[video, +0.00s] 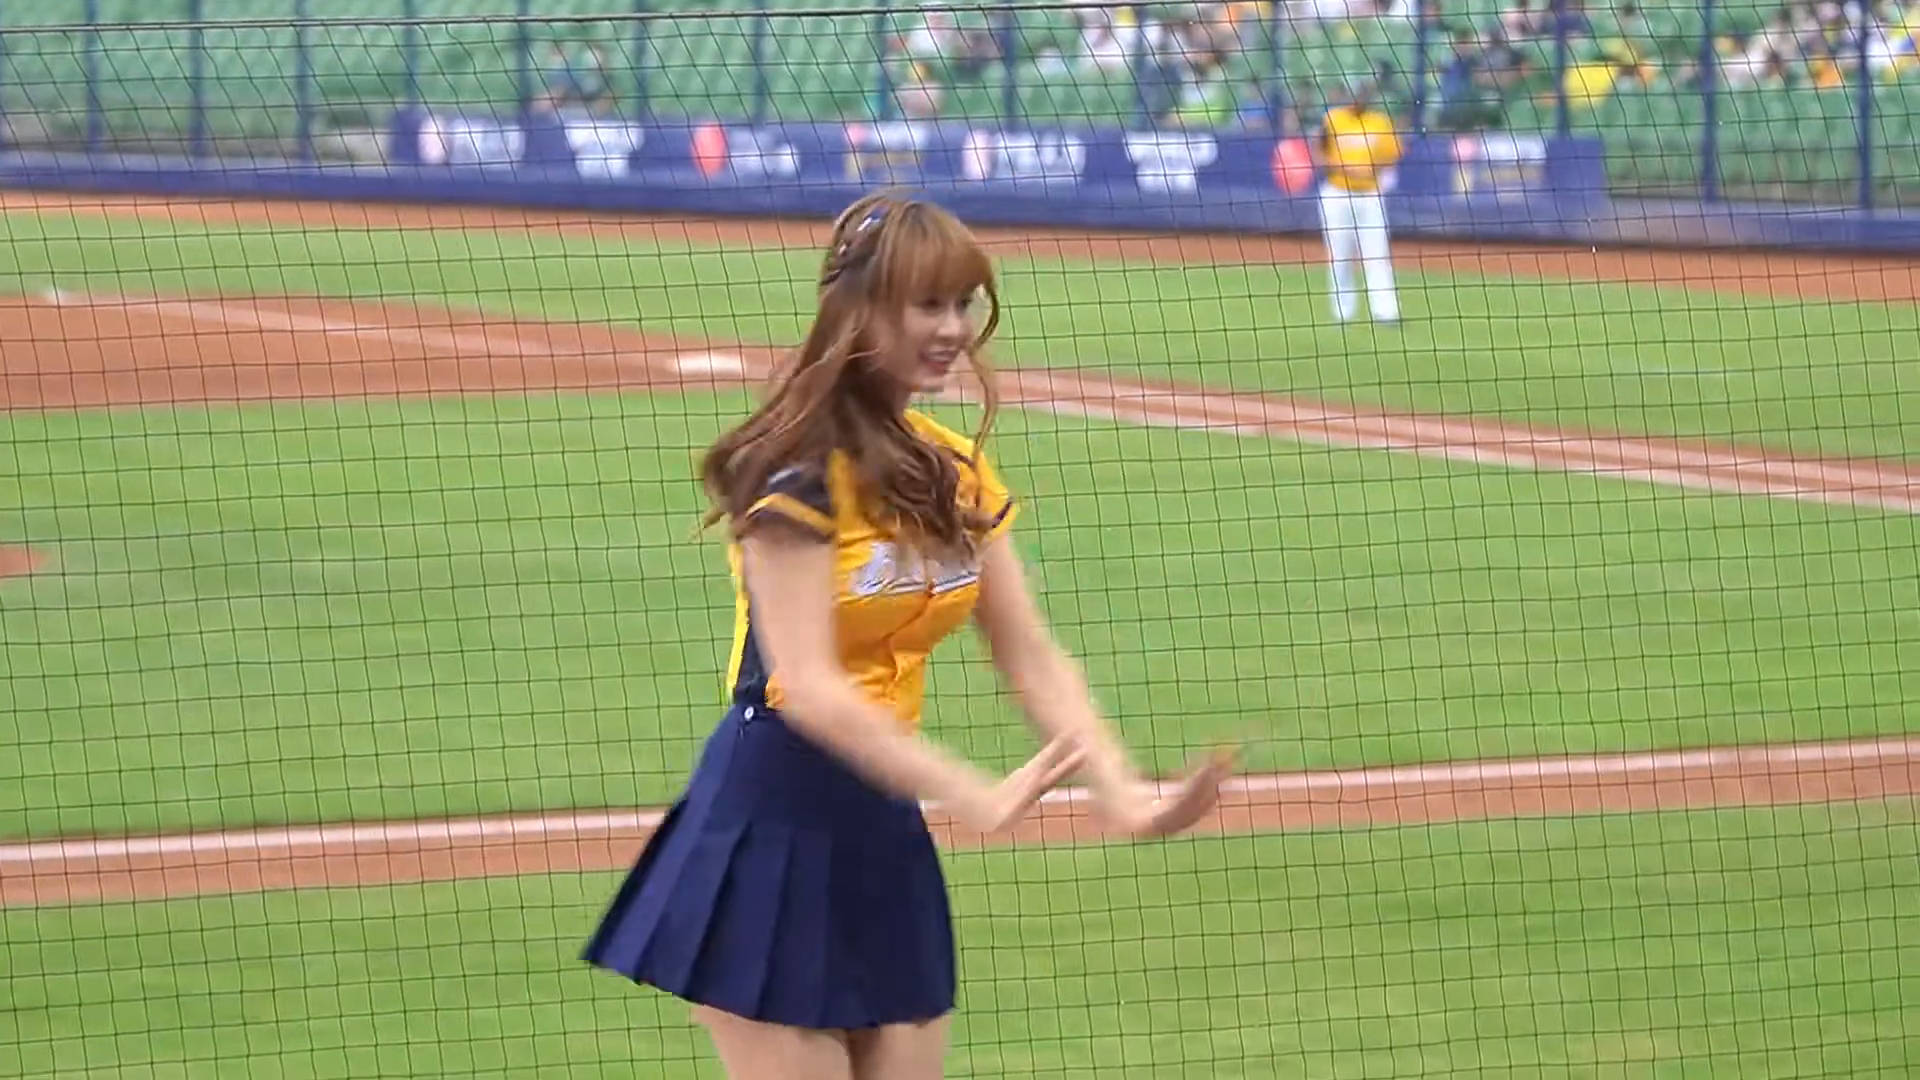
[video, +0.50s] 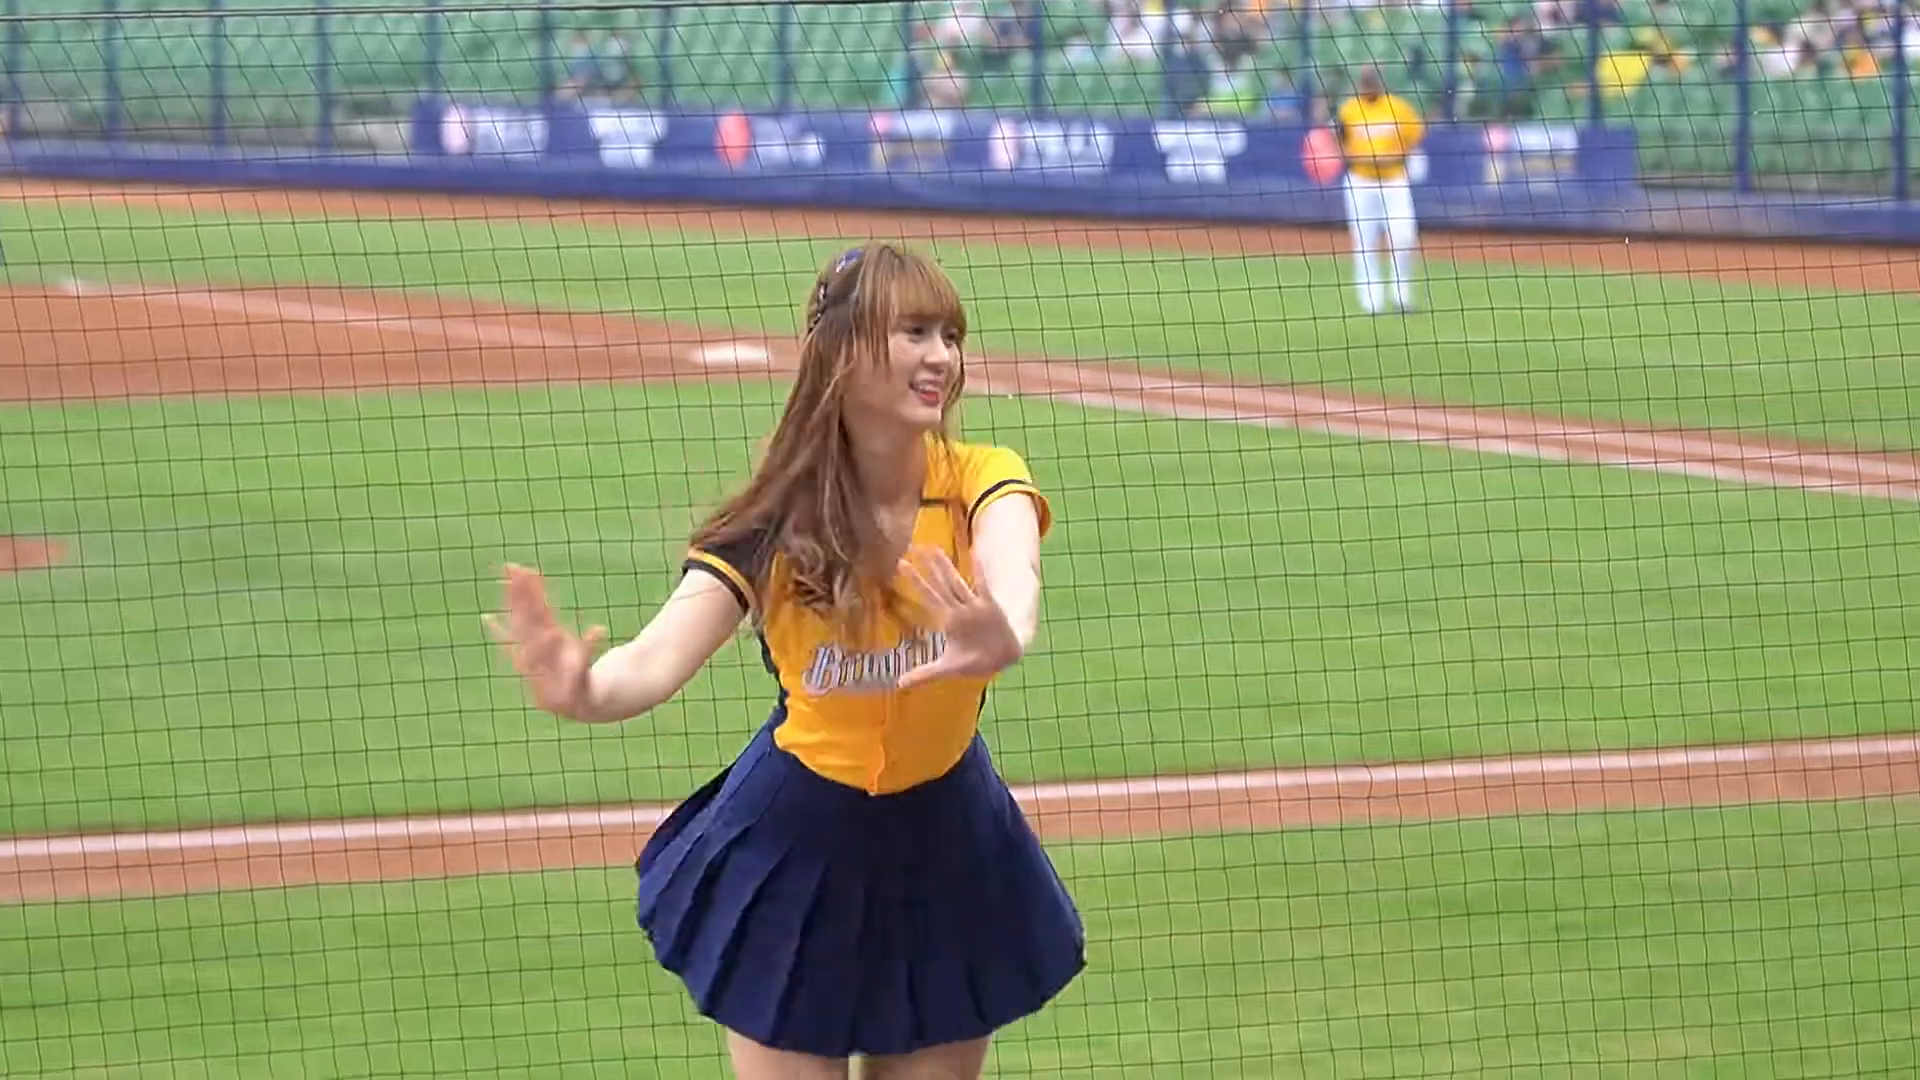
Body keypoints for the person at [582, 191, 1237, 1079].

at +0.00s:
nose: (952, 329)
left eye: (963, 305)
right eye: (927, 304)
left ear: (977, 313)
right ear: (856, 313)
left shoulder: (956, 468)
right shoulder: (792, 473)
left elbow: (1027, 652)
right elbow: (803, 684)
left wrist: (1122, 792)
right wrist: (966, 793)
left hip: (885, 813)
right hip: (771, 807)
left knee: (909, 1058)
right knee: (801, 1061)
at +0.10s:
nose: (916, 392)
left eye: (925, 368)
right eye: (894, 367)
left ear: (936, 374)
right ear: (820, 367)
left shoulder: (940, 516)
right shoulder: (739, 533)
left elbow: (980, 713)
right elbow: (736, 753)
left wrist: (998, 856)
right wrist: (853, 883)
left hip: (917, 839)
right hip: (792, 842)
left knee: (963, 1057)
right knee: (818, 1057)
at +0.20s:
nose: (922, 364)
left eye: (930, 339)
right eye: (897, 339)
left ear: (939, 350)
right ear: (823, 349)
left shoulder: (959, 481)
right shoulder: (737, 521)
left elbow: (998, 664)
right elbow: (730, 724)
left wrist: (978, 799)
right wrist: (778, 825)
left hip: (937, 826)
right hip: (799, 834)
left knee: (966, 1058)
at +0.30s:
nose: (936, 313)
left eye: (945, 290)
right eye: (911, 289)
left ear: (954, 302)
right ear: (834, 303)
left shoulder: (984, 437)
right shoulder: (753, 472)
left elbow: (1027, 608)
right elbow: (714, 676)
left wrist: (967, 701)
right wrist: (694, 731)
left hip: (938, 797)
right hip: (799, 801)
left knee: (929, 1061)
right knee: (809, 1063)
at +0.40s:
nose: (939, 346)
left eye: (948, 325)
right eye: (911, 320)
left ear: (960, 348)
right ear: (838, 342)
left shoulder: (990, 468)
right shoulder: (769, 498)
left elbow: (1018, 578)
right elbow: (674, 663)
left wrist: (972, 639)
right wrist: (598, 692)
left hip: (939, 826)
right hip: (798, 824)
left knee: (925, 1059)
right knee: (777, 1059)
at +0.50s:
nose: (939, 356)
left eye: (949, 336)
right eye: (913, 333)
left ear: (962, 355)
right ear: (843, 353)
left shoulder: (986, 479)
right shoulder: (776, 519)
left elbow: (1014, 587)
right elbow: (655, 657)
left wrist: (993, 641)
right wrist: (587, 690)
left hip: (942, 831)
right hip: (804, 831)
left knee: (939, 1059)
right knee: (786, 1060)